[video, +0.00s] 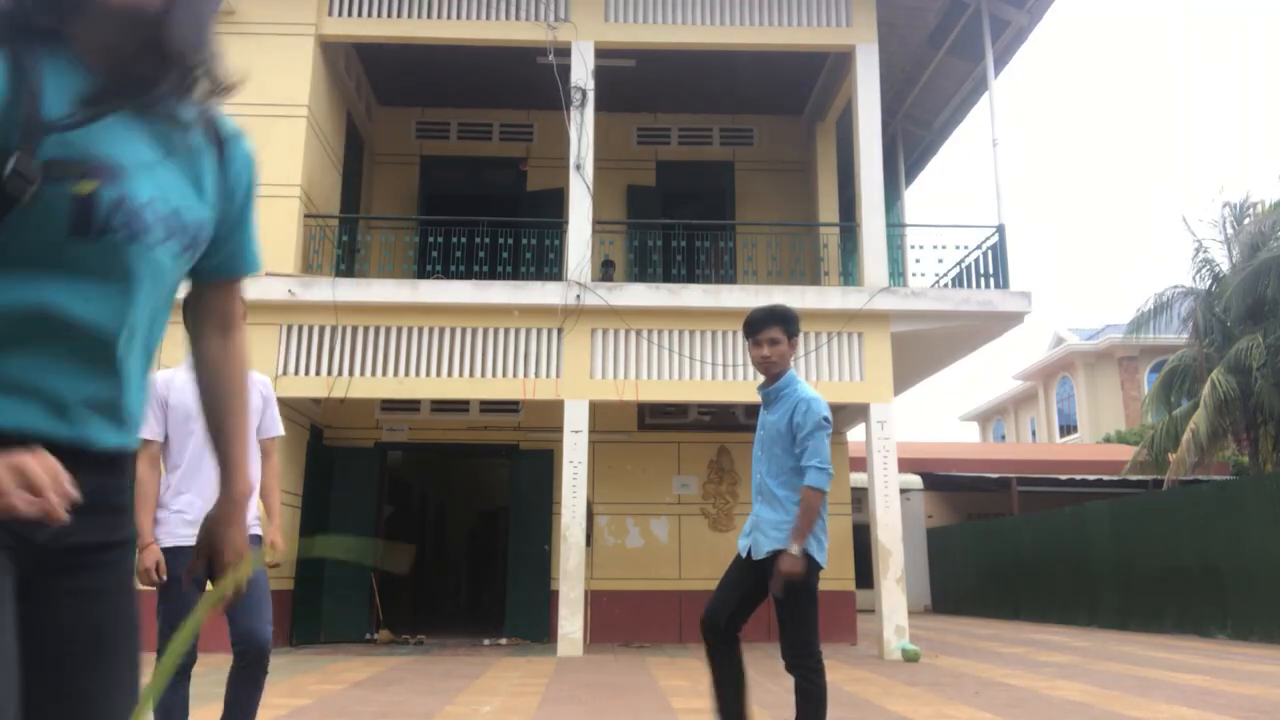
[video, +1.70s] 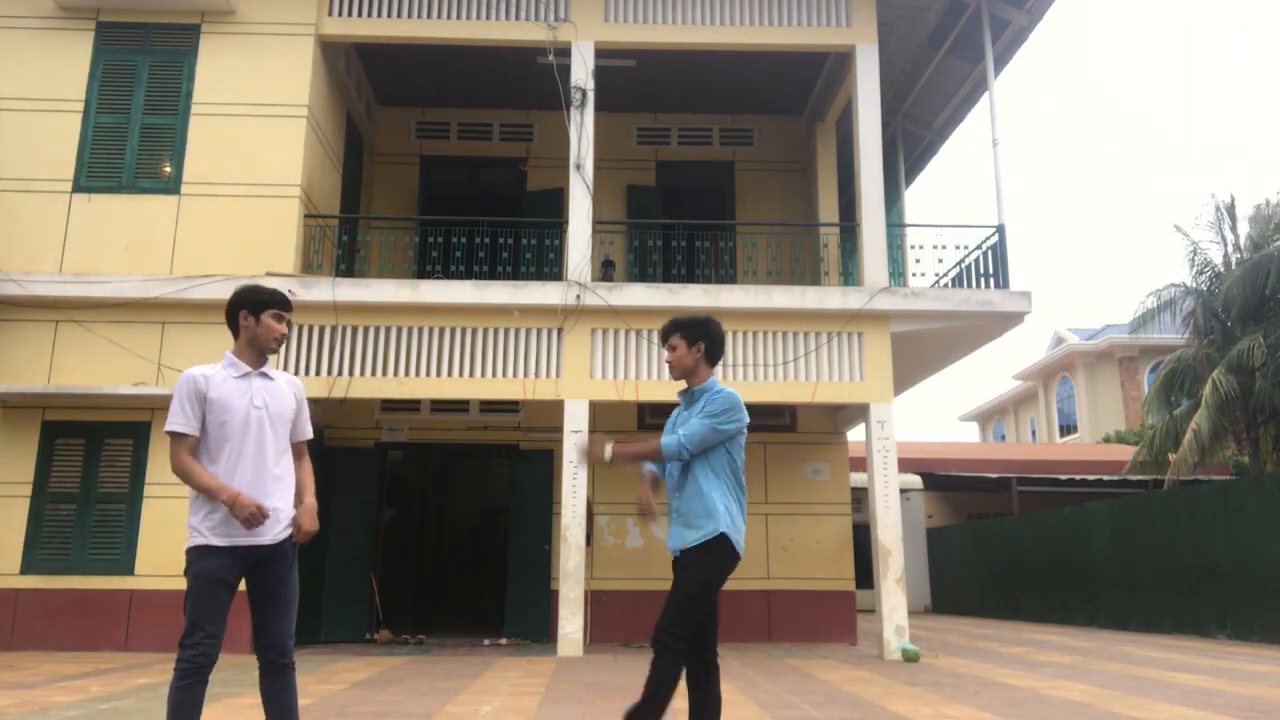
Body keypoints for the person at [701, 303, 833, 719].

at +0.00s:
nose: (765, 352)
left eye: (774, 343)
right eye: (756, 344)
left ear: (793, 346)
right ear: (748, 350)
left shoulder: (807, 404)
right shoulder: (771, 402)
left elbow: (817, 478)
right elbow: (775, 476)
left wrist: (797, 547)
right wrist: (756, 532)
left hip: (794, 546)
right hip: (759, 543)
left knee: (803, 659)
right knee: (717, 624)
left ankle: (810, 719)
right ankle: (733, 716)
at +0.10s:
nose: (761, 353)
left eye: (771, 343)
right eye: (753, 345)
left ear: (792, 345)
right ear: (746, 350)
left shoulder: (807, 405)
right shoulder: (768, 402)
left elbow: (822, 479)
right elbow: (777, 478)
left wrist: (822, 551)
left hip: (792, 545)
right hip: (758, 542)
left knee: (802, 655)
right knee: (713, 622)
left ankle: (811, 718)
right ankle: (688, 714)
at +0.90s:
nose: (698, 350)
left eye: (704, 342)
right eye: (698, 342)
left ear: (730, 346)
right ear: (723, 347)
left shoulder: (769, 405)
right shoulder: (714, 410)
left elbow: (788, 479)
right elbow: (709, 488)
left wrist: (789, 548)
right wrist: (697, 547)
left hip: (752, 553)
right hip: (711, 554)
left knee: (771, 654)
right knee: (706, 654)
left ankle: (798, 717)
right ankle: (707, 719)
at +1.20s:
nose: (673, 354)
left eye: (678, 346)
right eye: (673, 346)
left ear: (703, 349)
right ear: (697, 350)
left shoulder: (734, 403)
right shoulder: (698, 408)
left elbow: (742, 474)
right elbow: (691, 485)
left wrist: (737, 541)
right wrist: (666, 539)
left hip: (717, 545)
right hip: (692, 547)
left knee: (716, 646)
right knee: (701, 652)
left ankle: (768, 717)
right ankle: (706, 719)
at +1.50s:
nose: (665, 356)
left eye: (671, 348)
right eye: (665, 348)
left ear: (696, 350)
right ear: (690, 353)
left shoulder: (720, 402)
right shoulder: (695, 406)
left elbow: (710, 474)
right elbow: (687, 480)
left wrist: (699, 535)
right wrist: (669, 538)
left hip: (709, 542)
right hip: (692, 542)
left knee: (678, 641)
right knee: (701, 647)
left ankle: (705, 713)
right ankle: (707, 714)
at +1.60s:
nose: (666, 357)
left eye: (672, 349)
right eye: (665, 349)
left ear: (698, 351)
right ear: (688, 353)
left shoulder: (724, 402)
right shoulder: (685, 411)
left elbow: (682, 465)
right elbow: (677, 477)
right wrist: (662, 530)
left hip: (713, 538)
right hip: (688, 541)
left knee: (676, 643)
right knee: (700, 649)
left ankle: (674, 714)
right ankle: (704, 715)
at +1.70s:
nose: (667, 357)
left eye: (673, 349)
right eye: (666, 350)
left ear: (700, 350)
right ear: (692, 353)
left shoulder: (727, 401)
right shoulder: (681, 412)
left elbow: (680, 445)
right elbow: (657, 459)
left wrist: (612, 450)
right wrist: (646, 485)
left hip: (715, 538)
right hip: (688, 540)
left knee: (670, 638)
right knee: (701, 651)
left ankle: (646, 712)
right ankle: (705, 716)